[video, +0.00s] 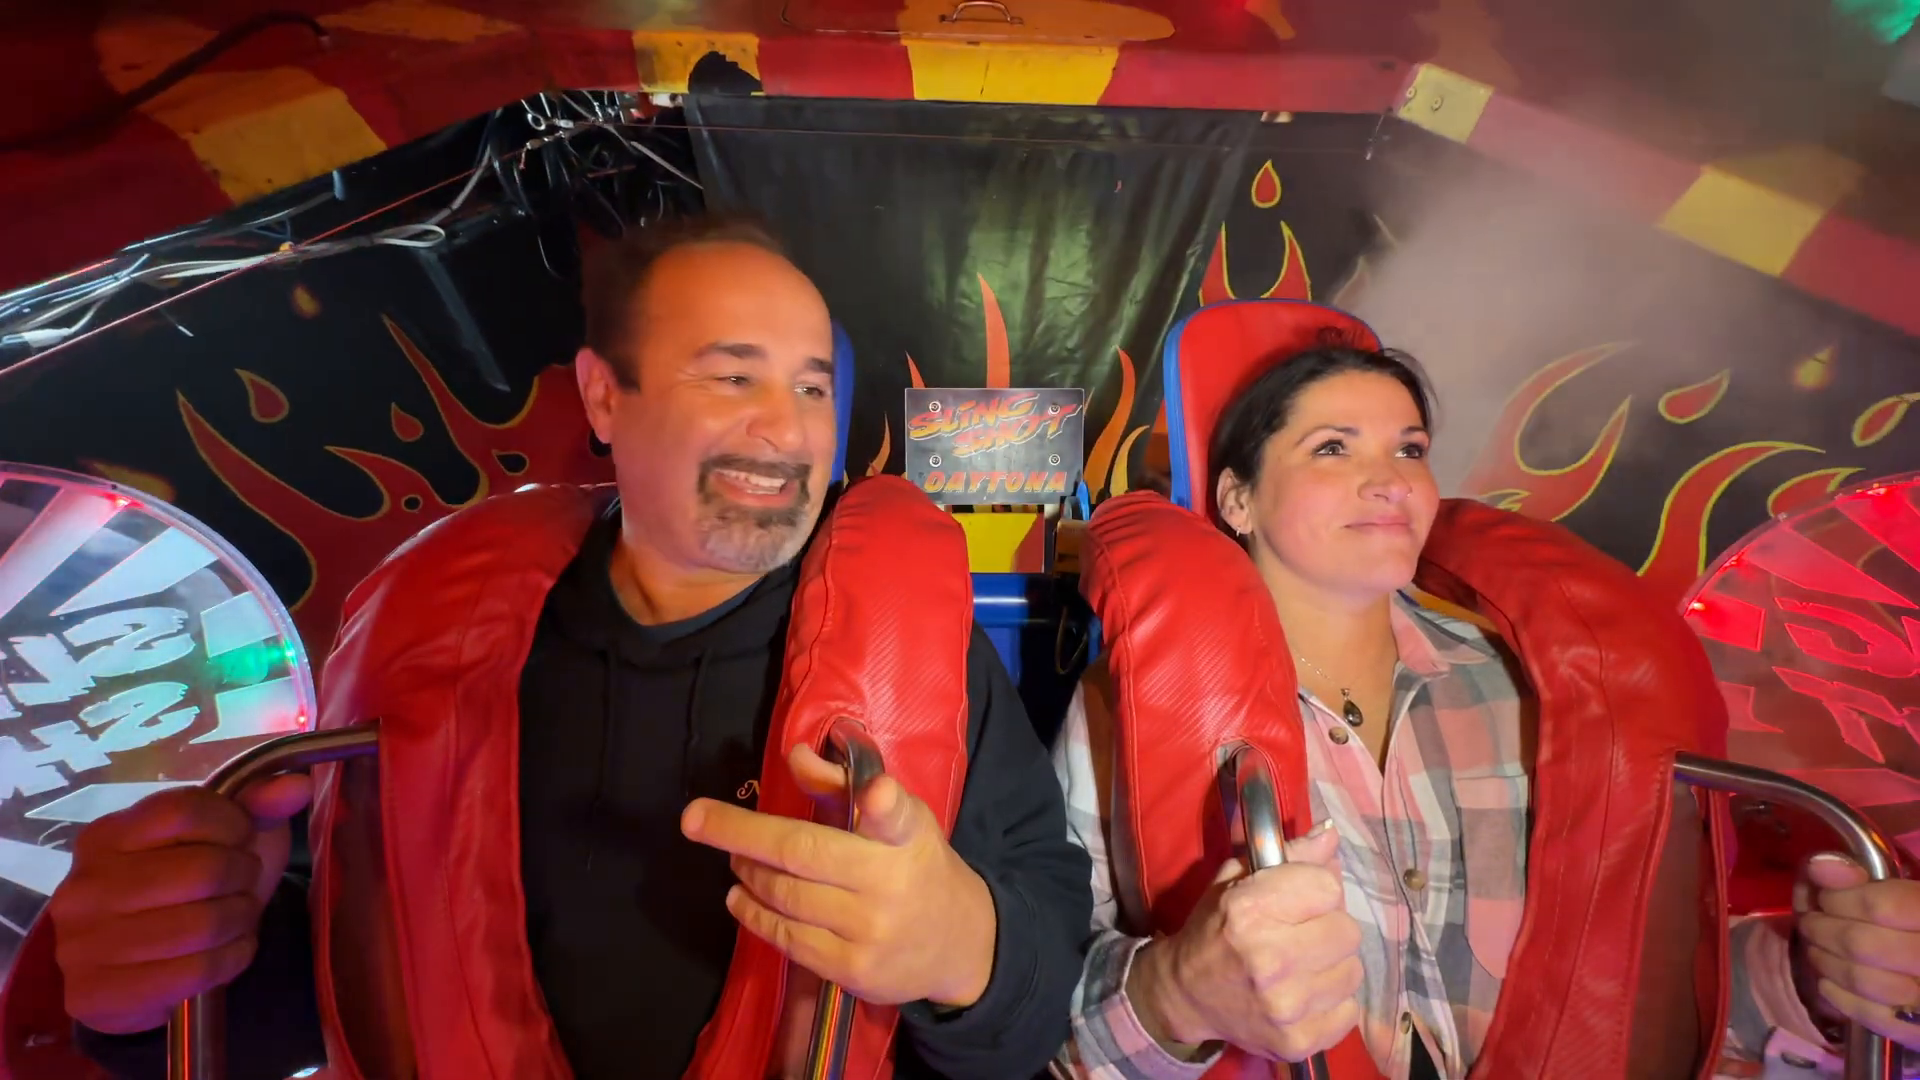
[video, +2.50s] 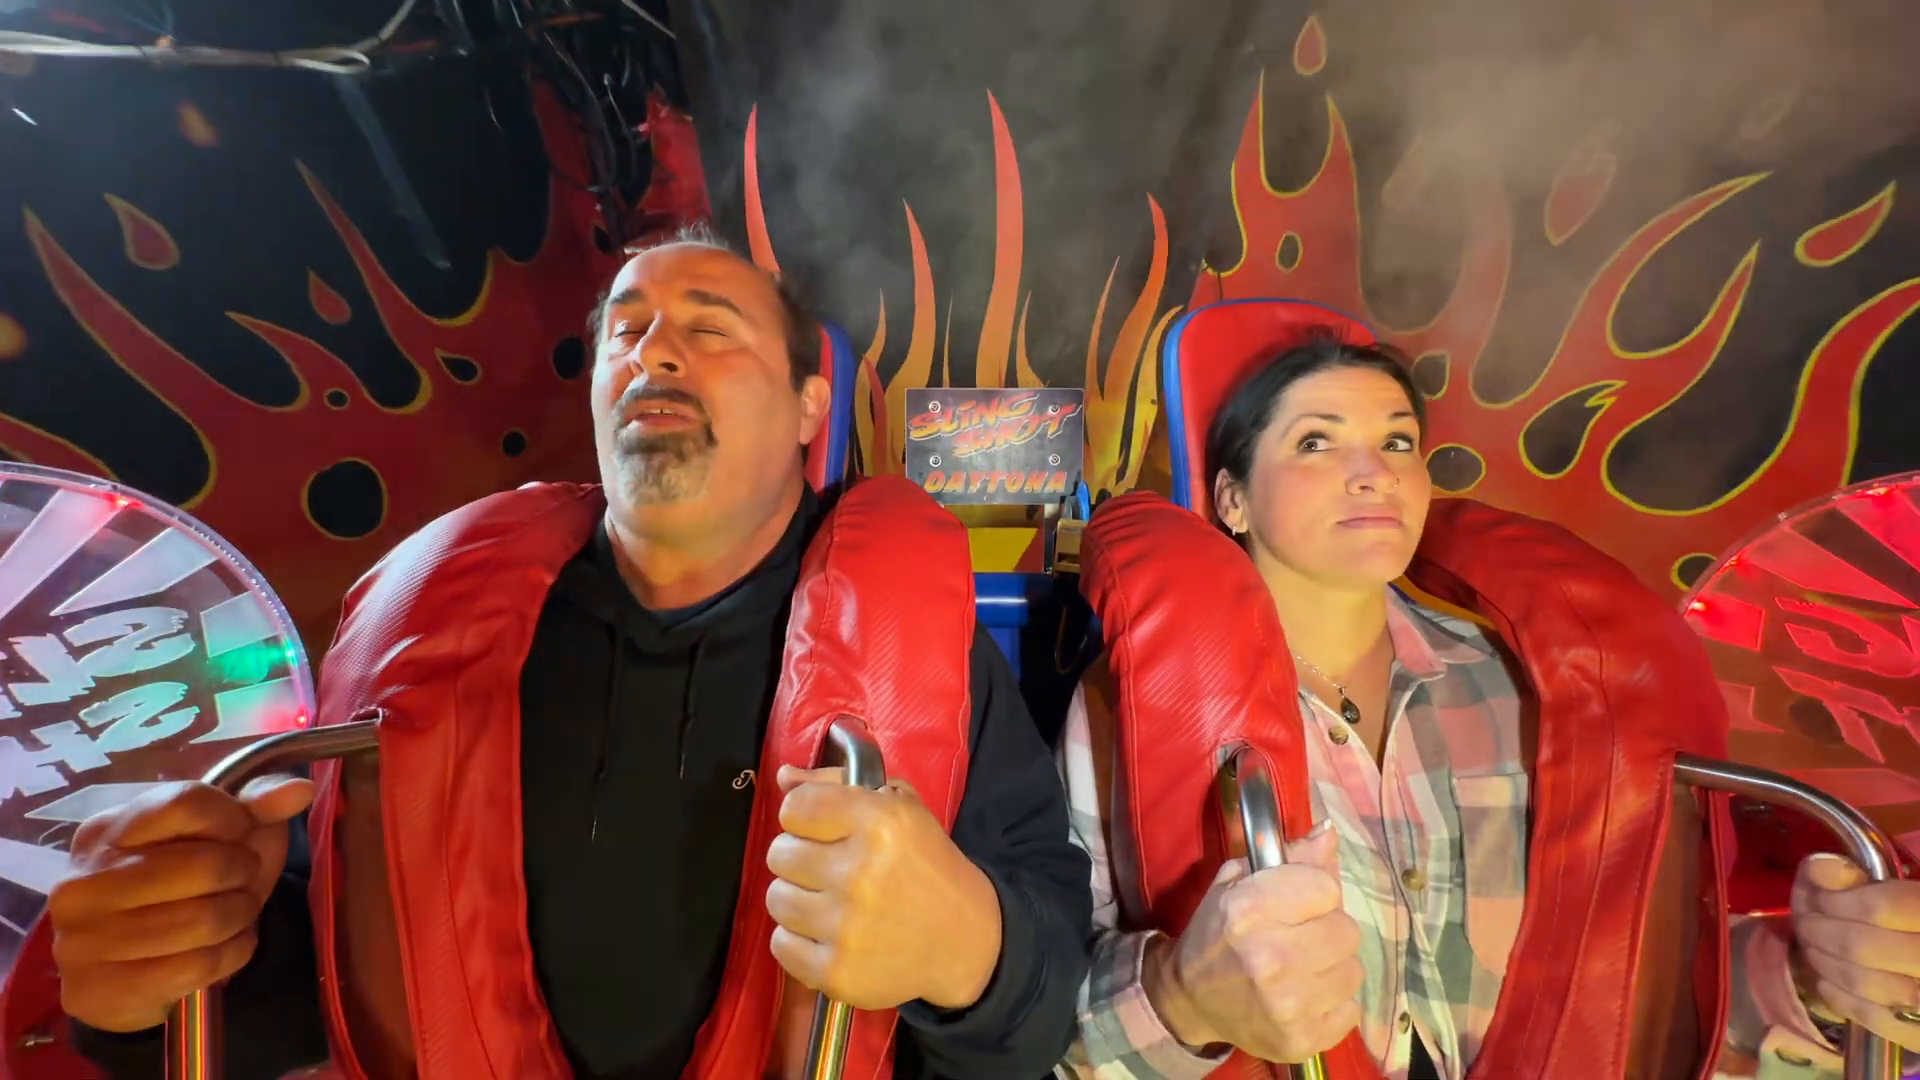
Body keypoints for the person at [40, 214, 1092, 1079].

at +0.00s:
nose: (784, 426)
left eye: (813, 386)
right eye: (730, 375)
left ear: (839, 421)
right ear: (604, 404)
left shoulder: (927, 664)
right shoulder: (433, 628)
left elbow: (1042, 1002)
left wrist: (972, 949)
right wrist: (112, 976)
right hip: (482, 1061)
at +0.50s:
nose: (817, 433)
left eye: (833, 390)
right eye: (762, 378)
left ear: (850, 410)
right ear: (620, 400)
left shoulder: (918, 654)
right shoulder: (428, 626)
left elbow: (1044, 980)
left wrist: (977, 949)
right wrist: (106, 982)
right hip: (484, 1056)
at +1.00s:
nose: (785, 440)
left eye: (811, 395)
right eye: (728, 391)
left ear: (838, 415)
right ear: (601, 412)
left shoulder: (918, 653)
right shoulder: (437, 633)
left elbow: (1041, 1006)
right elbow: (317, 991)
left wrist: (978, 955)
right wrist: (122, 977)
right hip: (497, 1062)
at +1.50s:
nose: (633, 413)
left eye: (696, 366)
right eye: (602, 372)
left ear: (798, 421)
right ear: (560, 426)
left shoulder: (919, 647)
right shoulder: (419, 638)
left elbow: (1041, 1003)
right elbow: (310, 1003)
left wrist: (978, 955)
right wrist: (133, 976)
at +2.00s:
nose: (674, 403)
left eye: (728, 362)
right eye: (629, 366)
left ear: (805, 418)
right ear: (572, 426)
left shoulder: (927, 654)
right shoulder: (416, 634)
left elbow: (1044, 1012)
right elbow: (295, 990)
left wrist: (980, 949)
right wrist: (109, 985)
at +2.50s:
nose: (656, 350)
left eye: (713, 324)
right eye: (626, 331)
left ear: (808, 410)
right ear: (589, 413)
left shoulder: (930, 662)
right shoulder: (423, 633)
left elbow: (1042, 1019)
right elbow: (297, 988)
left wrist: (979, 954)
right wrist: (108, 989)